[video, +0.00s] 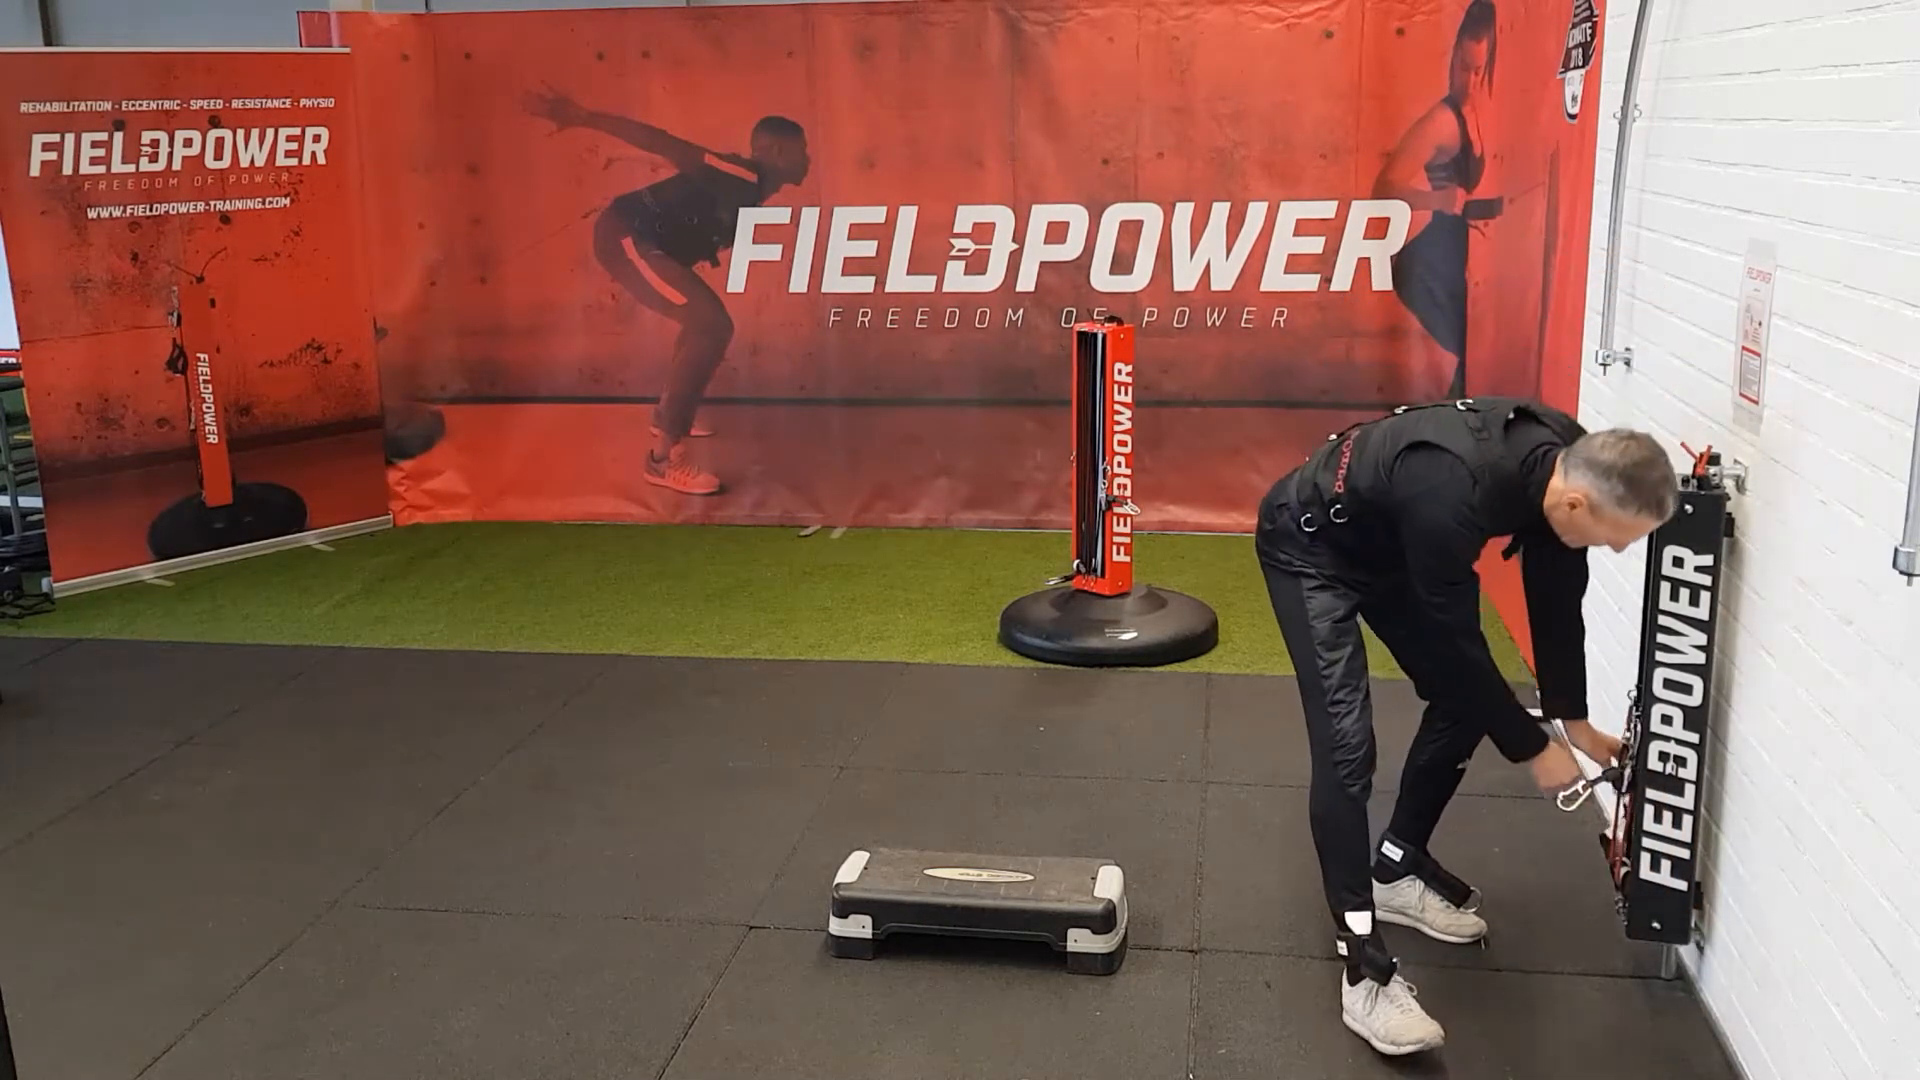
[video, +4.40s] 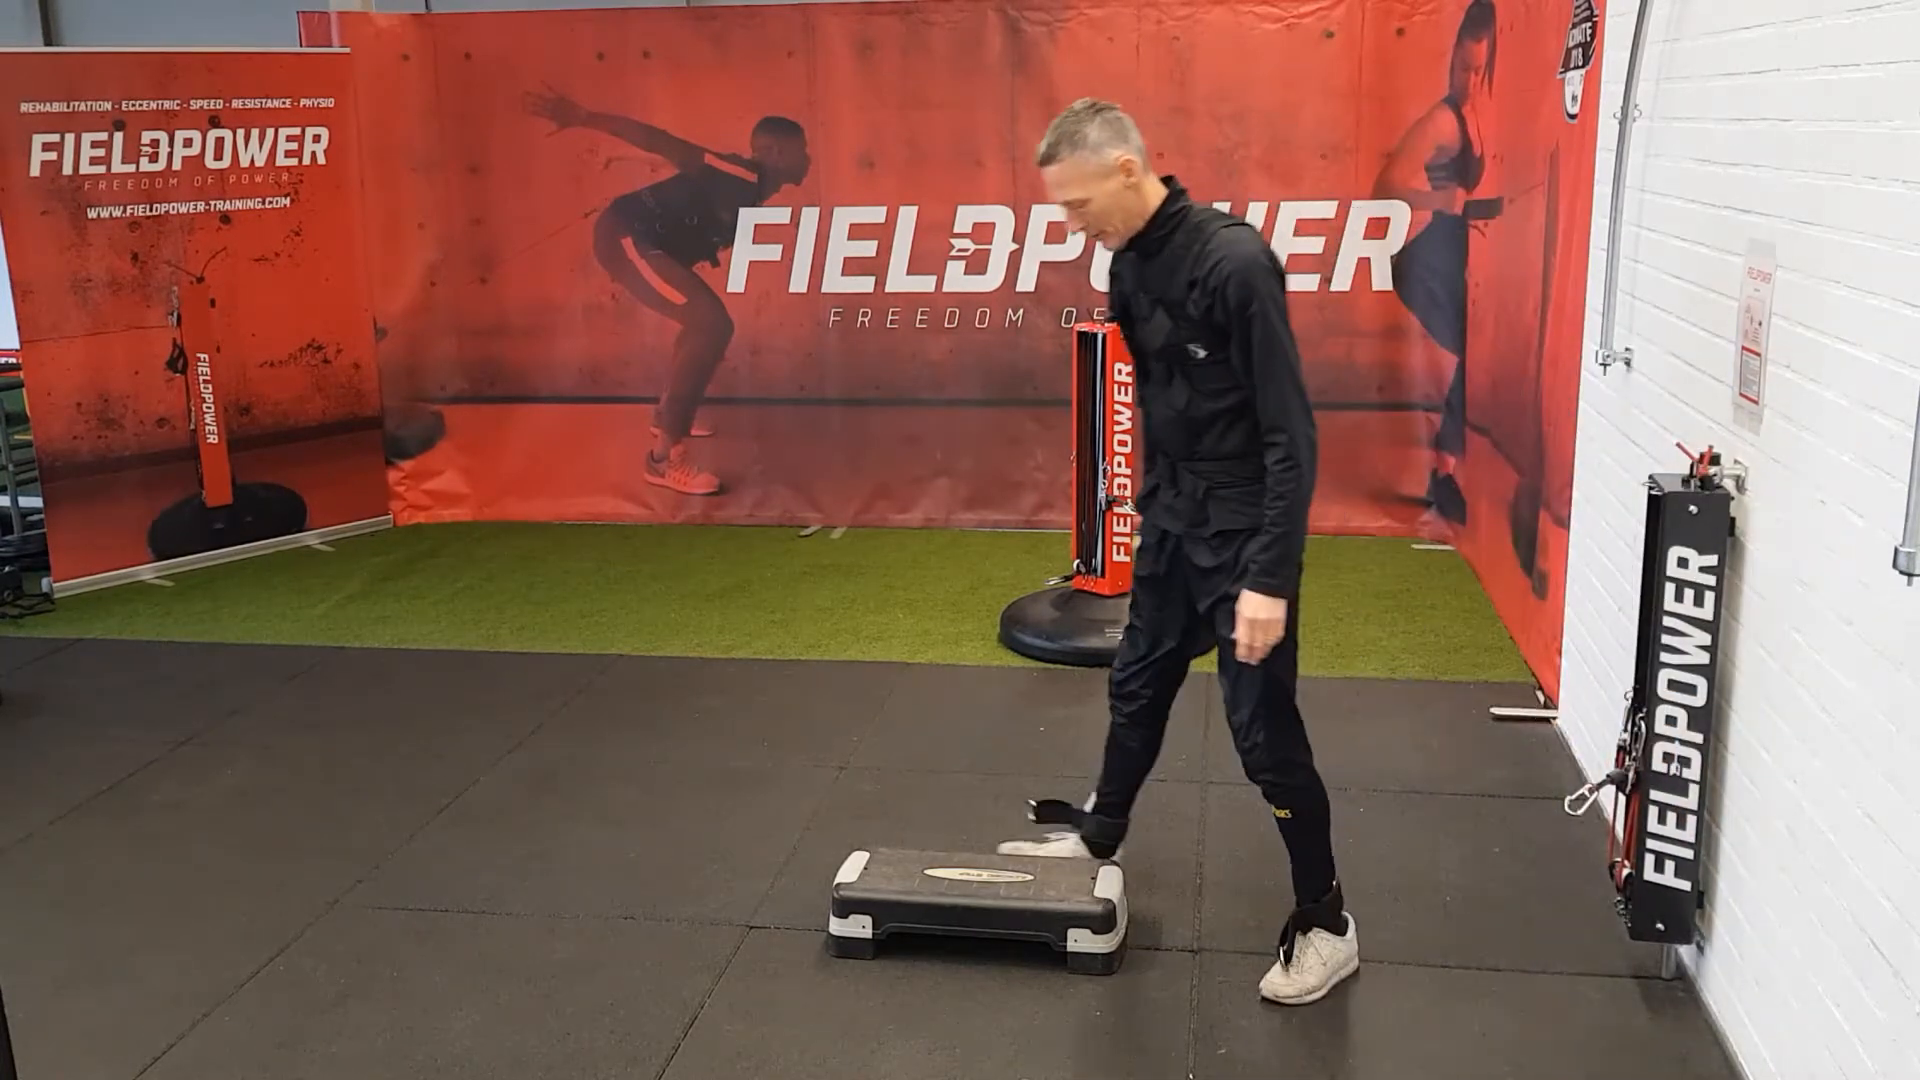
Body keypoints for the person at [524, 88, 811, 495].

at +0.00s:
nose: (807, 159)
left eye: (805, 150)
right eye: (800, 150)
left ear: (774, 151)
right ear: (772, 150)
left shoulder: (749, 188)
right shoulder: (735, 177)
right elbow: (662, 142)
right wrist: (584, 117)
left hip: (644, 236)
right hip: (626, 233)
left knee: (709, 321)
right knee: (713, 326)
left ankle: (670, 411)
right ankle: (665, 457)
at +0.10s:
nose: (807, 158)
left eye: (805, 150)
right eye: (800, 150)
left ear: (774, 151)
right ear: (771, 150)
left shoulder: (750, 189)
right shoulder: (736, 177)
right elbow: (663, 143)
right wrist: (585, 117)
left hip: (645, 236)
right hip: (626, 233)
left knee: (709, 321)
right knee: (713, 326)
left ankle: (671, 411)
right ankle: (665, 457)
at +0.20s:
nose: (807, 159)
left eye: (805, 150)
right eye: (801, 151)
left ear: (773, 151)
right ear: (772, 150)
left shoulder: (749, 187)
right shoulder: (736, 178)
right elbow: (663, 143)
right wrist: (584, 118)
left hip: (644, 236)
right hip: (626, 233)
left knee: (709, 321)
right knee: (713, 326)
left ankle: (671, 411)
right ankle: (665, 457)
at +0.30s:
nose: (807, 159)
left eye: (805, 150)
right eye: (800, 150)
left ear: (774, 151)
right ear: (772, 150)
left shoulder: (749, 188)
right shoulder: (735, 177)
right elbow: (662, 142)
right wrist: (584, 117)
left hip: (645, 236)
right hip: (626, 233)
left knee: (709, 321)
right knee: (713, 326)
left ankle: (671, 411)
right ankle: (665, 457)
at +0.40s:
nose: (807, 158)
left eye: (805, 150)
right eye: (800, 150)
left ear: (774, 151)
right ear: (770, 150)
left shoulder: (750, 190)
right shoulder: (735, 175)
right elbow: (660, 142)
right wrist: (584, 117)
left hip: (646, 238)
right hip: (626, 233)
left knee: (711, 322)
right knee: (712, 325)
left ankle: (671, 412)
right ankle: (665, 456)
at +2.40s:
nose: (807, 158)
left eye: (805, 150)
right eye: (800, 149)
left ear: (773, 151)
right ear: (771, 150)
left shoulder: (750, 188)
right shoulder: (735, 176)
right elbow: (658, 141)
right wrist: (582, 117)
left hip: (645, 237)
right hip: (627, 233)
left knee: (710, 322)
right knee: (712, 325)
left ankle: (670, 413)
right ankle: (665, 457)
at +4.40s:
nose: (807, 158)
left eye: (805, 149)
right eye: (800, 150)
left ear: (774, 152)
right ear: (770, 150)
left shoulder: (752, 188)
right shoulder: (734, 176)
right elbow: (658, 141)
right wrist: (584, 117)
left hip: (646, 237)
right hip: (626, 233)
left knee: (709, 322)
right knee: (713, 325)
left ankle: (670, 413)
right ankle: (665, 457)